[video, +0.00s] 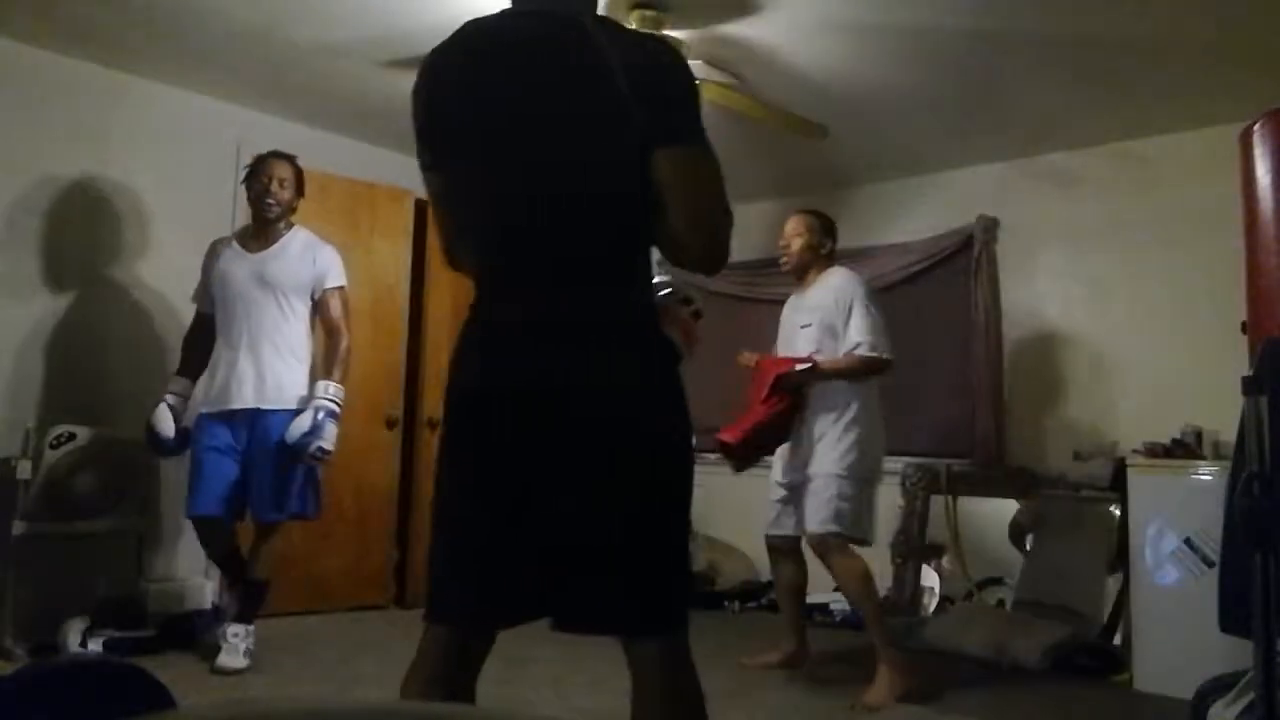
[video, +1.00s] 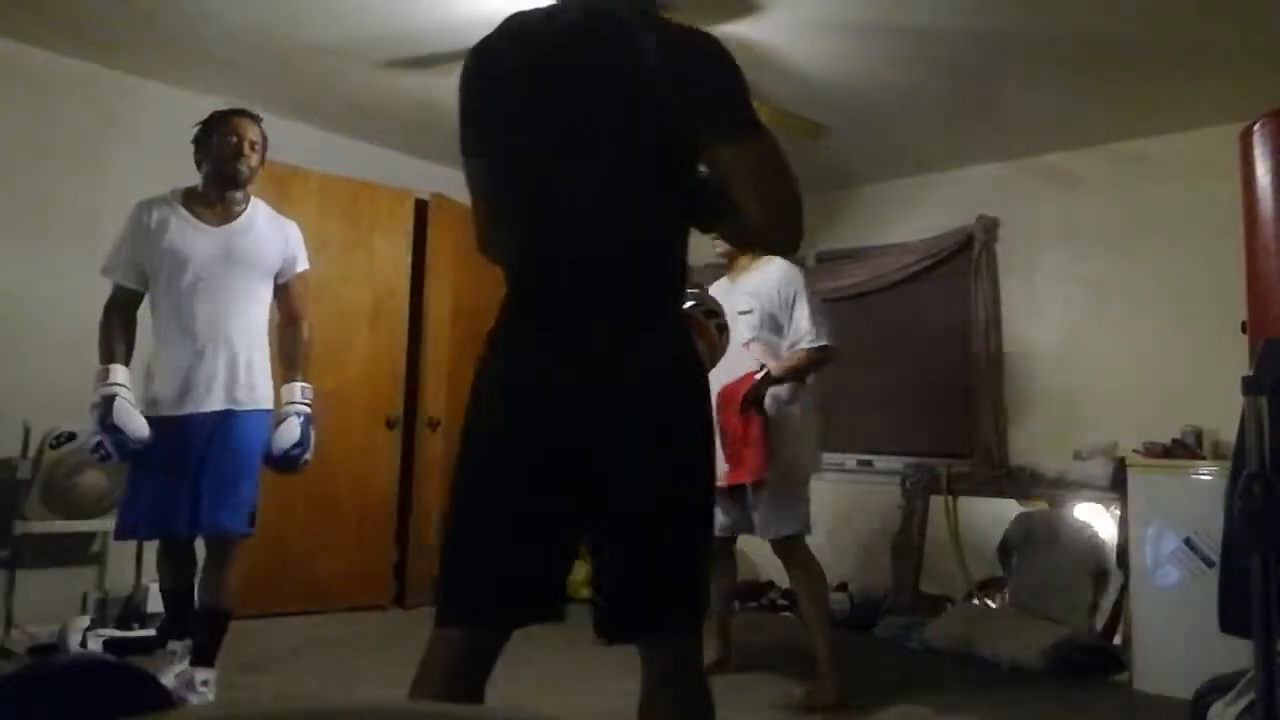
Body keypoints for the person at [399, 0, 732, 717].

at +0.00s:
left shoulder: (447, 65)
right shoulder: (646, 59)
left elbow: (461, 249)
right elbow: (702, 243)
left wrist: (641, 308)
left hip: (496, 365)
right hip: (622, 365)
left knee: (452, 638)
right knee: (656, 643)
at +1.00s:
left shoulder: (491, 56)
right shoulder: (688, 54)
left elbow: (493, 236)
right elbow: (777, 225)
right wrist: (677, 188)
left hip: (527, 360)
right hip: (649, 365)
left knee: (467, 630)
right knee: (670, 647)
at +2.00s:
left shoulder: (608, 64)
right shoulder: (818, 72)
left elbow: (602, 251)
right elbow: (899, 238)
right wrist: (790, 214)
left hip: (617, 355)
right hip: (736, 361)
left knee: (542, 609)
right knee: (715, 643)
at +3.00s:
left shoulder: (431, 38)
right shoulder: (643, 25)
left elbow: (474, 193)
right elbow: (752, 182)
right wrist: (648, 167)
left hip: (475, 353)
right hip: (604, 359)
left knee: (444, 647)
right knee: (646, 651)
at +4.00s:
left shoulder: (462, 51)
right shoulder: (674, 40)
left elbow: (496, 212)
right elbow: (776, 188)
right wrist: (671, 158)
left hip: (514, 362)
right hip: (638, 366)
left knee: (472, 640)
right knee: (663, 645)